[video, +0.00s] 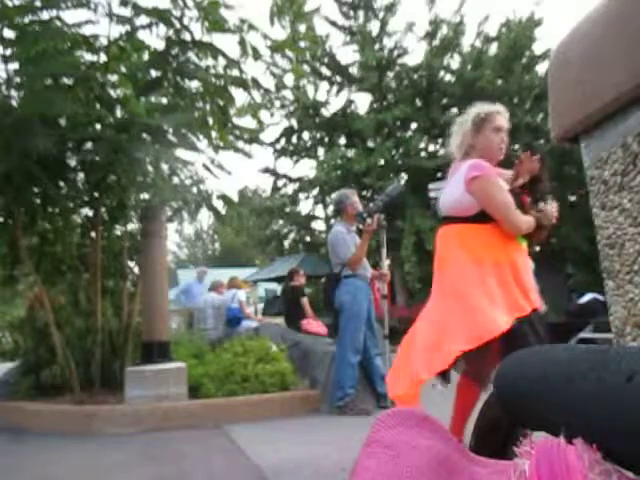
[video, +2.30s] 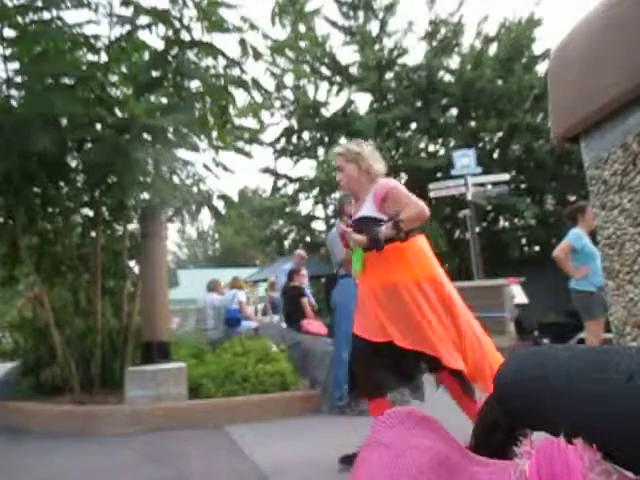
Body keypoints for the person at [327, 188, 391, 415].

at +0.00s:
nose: (361, 207)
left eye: (359, 203)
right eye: (356, 203)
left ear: (351, 207)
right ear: (346, 207)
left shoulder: (352, 233)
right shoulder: (338, 233)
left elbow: (358, 264)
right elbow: (353, 262)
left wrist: (374, 274)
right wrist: (367, 236)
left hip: (363, 284)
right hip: (350, 284)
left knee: (370, 342)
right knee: (351, 342)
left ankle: (384, 392)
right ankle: (344, 397)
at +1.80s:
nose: (362, 207)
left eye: (361, 202)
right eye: (358, 203)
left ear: (353, 207)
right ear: (347, 207)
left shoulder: (356, 231)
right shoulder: (337, 233)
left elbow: (360, 262)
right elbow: (350, 261)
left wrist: (374, 274)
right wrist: (361, 238)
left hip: (364, 283)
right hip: (350, 283)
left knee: (371, 342)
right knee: (349, 344)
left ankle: (385, 393)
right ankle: (343, 398)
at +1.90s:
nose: (361, 206)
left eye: (361, 202)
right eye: (357, 202)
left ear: (354, 207)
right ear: (346, 207)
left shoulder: (357, 231)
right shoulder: (337, 234)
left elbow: (366, 258)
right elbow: (346, 261)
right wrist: (362, 238)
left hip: (364, 285)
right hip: (347, 287)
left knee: (371, 342)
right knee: (348, 345)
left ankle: (384, 392)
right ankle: (343, 397)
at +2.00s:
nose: (361, 206)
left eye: (361, 202)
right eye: (357, 202)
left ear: (357, 207)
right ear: (346, 207)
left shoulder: (357, 231)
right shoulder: (337, 233)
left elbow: (365, 262)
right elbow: (348, 263)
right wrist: (362, 238)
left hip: (366, 282)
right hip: (348, 283)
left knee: (372, 342)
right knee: (348, 343)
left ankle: (385, 392)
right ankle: (344, 397)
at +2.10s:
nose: (362, 206)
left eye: (362, 202)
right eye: (357, 202)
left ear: (354, 207)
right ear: (346, 207)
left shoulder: (357, 232)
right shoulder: (337, 233)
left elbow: (363, 263)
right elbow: (347, 263)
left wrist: (376, 273)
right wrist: (360, 238)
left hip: (365, 283)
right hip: (349, 283)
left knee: (372, 341)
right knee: (348, 343)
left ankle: (385, 392)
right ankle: (343, 397)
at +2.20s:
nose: (361, 209)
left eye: (361, 205)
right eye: (356, 205)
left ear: (358, 207)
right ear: (345, 208)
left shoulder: (359, 231)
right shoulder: (337, 233)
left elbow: (367, 261)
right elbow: (347, 262)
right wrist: (359, 237)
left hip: (366, 282)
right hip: (349, 283)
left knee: (368, 338)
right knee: (347, 342)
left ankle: (377, 388)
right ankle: (344, 396)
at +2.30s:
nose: (354, 209)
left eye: (354, 205)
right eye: (351, 205)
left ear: (350, 208)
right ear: (343, 208)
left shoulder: (354, 229)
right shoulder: (336, 232)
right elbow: (343, 260)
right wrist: (359, 245)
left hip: (359, 279)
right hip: (345, 281)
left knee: (355, 339)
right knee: (344, 340)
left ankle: (354, 392)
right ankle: (340, 395)